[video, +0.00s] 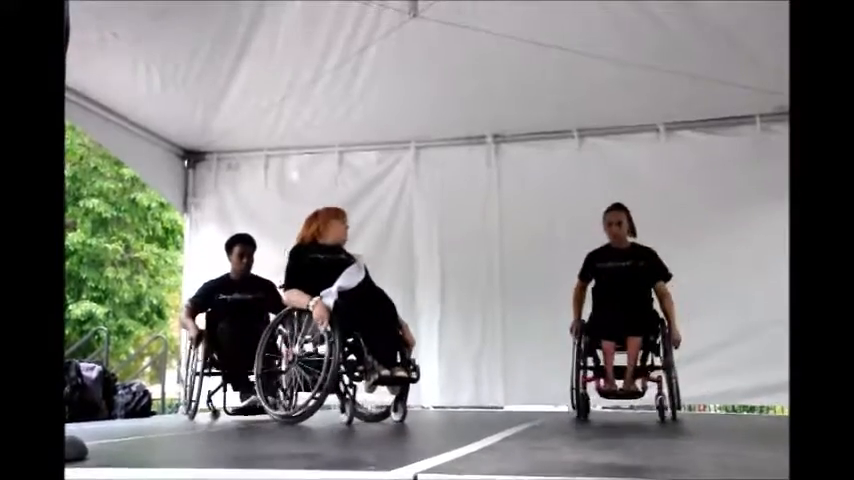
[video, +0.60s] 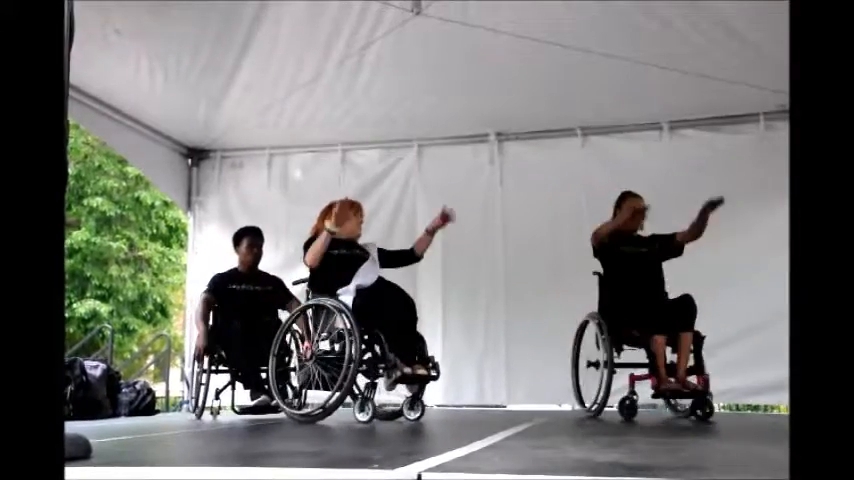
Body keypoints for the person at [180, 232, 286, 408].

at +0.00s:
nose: (247, 260)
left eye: (250, 256)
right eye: (242, 256)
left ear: (254, 257)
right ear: (230, 257)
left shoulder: (265, 287)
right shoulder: (214, 287)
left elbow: (285, 315)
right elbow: (187, 312)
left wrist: (291, 339)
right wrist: (193, 329)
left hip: (258, 346)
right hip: (226, 348)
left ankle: (270, 392)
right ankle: (246, 393)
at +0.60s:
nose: (257, 251)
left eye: (259, 246)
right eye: (251, 246)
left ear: (263, 249)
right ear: (237, 249)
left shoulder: (272, 283)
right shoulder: (221, 281)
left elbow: (296, 307)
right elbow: (204, 306)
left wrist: (307, 337)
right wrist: (202, 334)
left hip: (264, 339)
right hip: (233, 339)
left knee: (276, 329)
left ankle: (280, 392)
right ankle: (258, 393)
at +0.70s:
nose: (257, 251)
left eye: (260, 247)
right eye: (251, 247)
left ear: (263, 249)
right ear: (238, 249)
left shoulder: (272, 280)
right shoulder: (224, 278)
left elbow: (293, 290)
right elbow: (210, 291)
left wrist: (299, 299)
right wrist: (219, 302)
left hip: (268, 332)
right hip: (238, 333)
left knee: (284, 349)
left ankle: (280, 394)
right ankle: (260, 393)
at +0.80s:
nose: (258, 253)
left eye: (261, 248)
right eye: (253, 248)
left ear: (265, 250)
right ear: (240, 249)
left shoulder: (272, 276)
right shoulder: (227, 276)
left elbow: (295, 278)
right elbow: (213, 278)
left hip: (269, 336)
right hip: (239, 337)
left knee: (285, 340)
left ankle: (283, 392)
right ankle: (262, 392)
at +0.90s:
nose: (259, 254)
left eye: (263, 249)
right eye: (254, 248)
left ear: (267, 251)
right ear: (242, 246)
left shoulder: (272, 276)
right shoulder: (229, 276)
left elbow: (295, 254)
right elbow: (214, 255)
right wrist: (239, 232)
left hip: (271, 334)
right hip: (241, 336)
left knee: (286, 327)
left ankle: (287, 391)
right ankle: (266, 394)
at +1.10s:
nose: (262, 255)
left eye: (266, 250)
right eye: (257, 249)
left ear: (270, 251)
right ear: (246, 247)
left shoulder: (275, 274)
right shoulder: (230, 273)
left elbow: (305, 250)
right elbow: (202, 249)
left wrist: (286, 217)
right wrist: (226, 214)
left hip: (272, 332)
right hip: (241, 334)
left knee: (288, 322)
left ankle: (290, 392)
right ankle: (268, 393)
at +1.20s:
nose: (265, 255)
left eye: (268, 250)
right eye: (259, 250)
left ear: (273, 249)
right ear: (247, 246)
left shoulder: (278, 273)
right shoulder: (229, 272)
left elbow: (312, 276)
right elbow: (188, 268)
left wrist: (317, 239)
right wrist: (190, 228)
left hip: (274, 337)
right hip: (242, 338)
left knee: (289, 322)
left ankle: (292, 391)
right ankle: (270, 393)